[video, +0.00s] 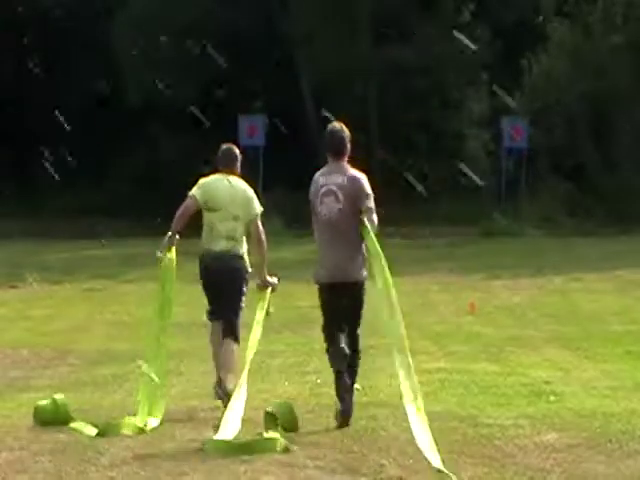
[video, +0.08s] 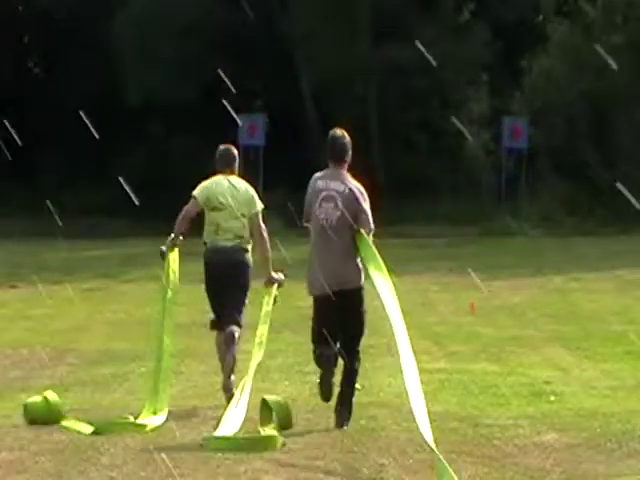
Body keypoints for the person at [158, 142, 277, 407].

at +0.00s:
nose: (239, 167)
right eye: (240, 163)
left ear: (217, 163)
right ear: (238, 164)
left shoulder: (206, 184)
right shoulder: (246, 191)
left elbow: (185, 210)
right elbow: (259, 237)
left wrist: (172, 235)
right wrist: (263, 273)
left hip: (209, 258)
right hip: (236, 259)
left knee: (216, 317)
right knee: (230, 324)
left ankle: (220, 376)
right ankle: (227, 381)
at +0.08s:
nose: (231, 168)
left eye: (222, 164)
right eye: (234, 163)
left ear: (217, 165)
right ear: (237, 165)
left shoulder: (207, 186)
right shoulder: (248, 191)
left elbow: (187, 213)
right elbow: (260, 233)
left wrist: (175, 237)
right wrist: (269, 270)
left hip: (213, 253)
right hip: (239, 253)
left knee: (222, 317)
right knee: (235, 308)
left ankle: (227, 376)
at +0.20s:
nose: (235, 175)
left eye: (228, 170)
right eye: (239, 171)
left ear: (220, 172)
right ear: (241, 172)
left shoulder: (210, 194)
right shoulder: (249, 196)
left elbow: (189, 219)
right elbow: (266, 233)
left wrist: (179, 242)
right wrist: (277, 267)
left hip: (217, 258)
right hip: (243, 257)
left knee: (222, 325)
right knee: (243, 316)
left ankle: (230, 388)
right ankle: (241, 339)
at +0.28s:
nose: (247, 170)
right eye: (247, 166)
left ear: (227, 165)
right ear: (248, 167)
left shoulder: (213, 186)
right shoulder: (253, 190)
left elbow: (192, 214)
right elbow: (270, 227)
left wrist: (184, 240)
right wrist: (282, 257)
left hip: (217, 254)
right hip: (244, 255)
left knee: (224, 320)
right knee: (242, 316)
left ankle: (229, 372)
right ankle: (244, 373)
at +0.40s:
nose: (253, 176)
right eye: (254, 172)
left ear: (233, 170)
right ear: (253, 172)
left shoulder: (220, 188)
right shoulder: (256, 194)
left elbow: (199, 215)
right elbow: (276, 230)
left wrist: (188, 241)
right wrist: (290, 254)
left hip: (217, 248)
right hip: (243, 251)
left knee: (222, 298)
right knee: (243, 320)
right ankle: (242, 376)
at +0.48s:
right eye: (251, 176)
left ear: (234, 176)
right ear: (254, 178)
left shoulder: (222, 195)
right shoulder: (260, 200)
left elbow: (202, 217)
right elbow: (278, 230)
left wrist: (191, 237)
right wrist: (295, 249)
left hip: (222, 259)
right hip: (247, 261)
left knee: (224, 313)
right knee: (245, 325)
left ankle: (227, 337)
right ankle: (240, 385)